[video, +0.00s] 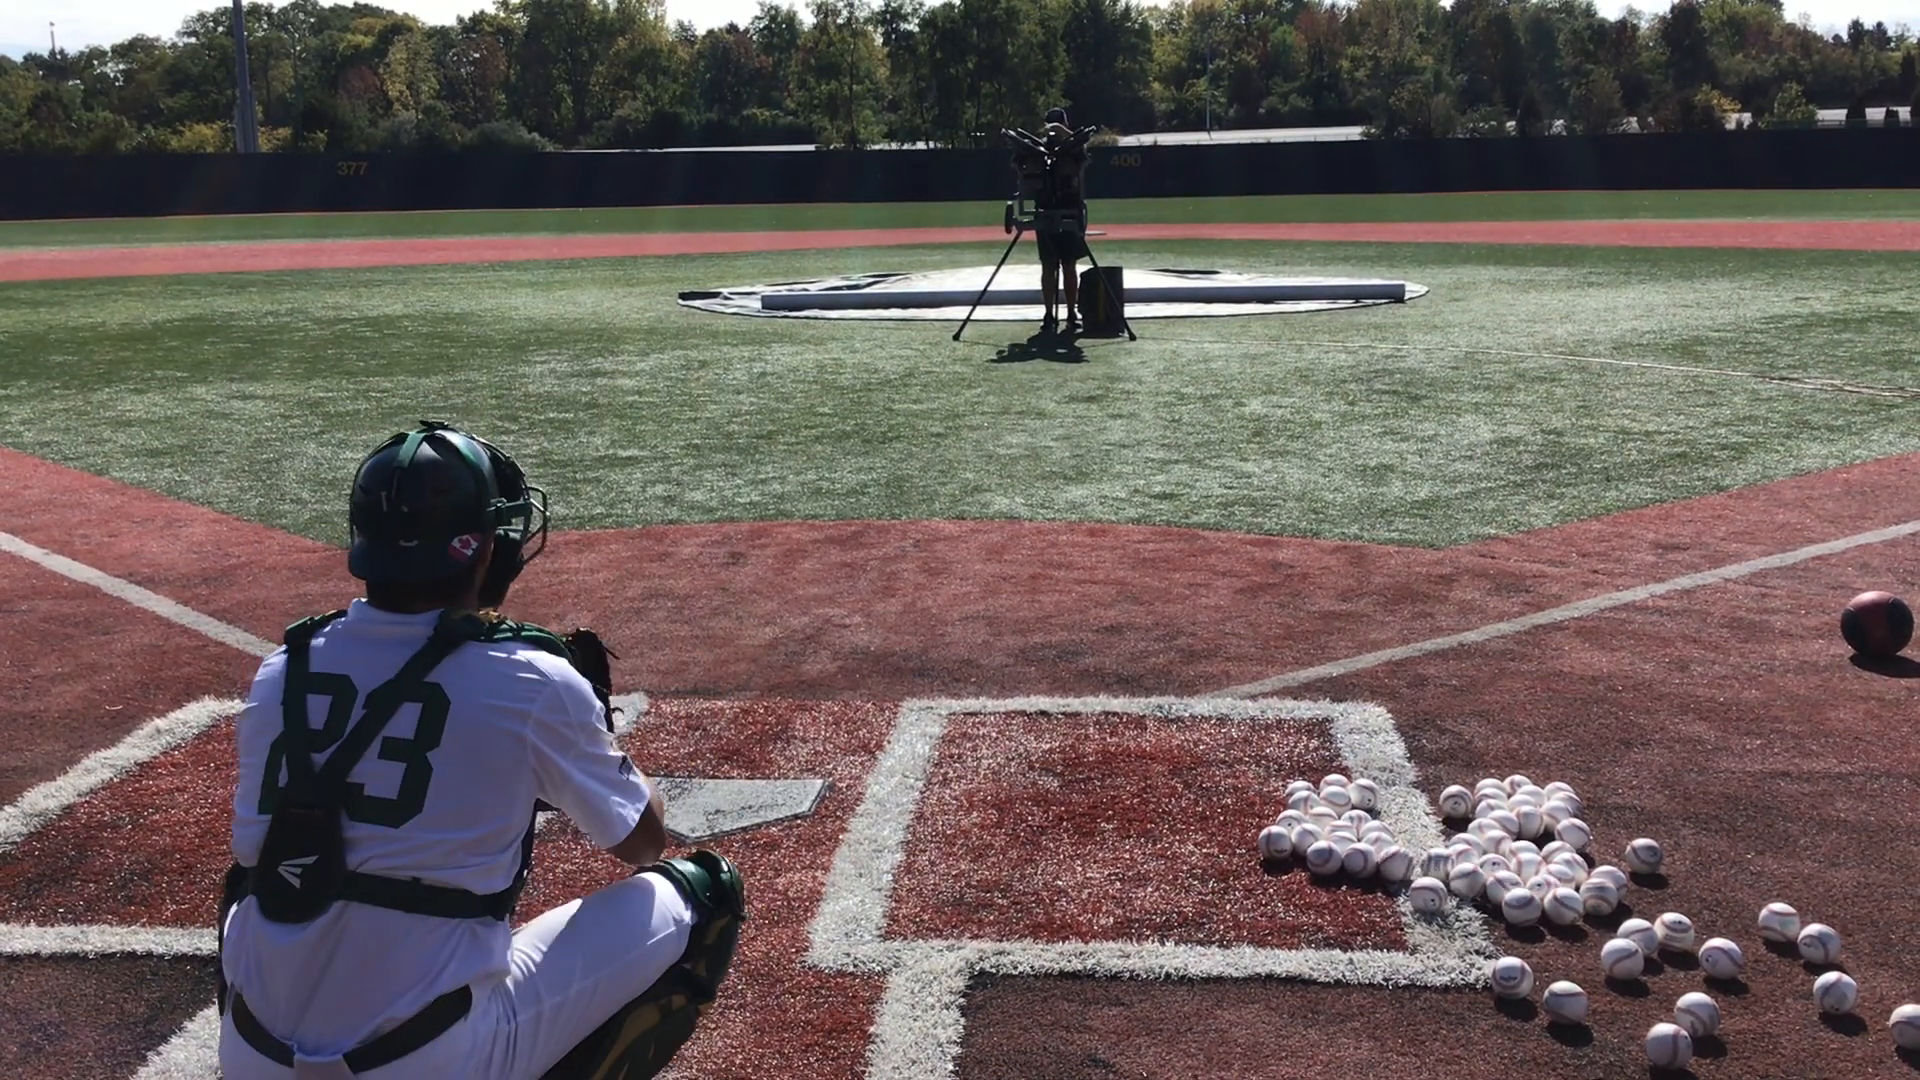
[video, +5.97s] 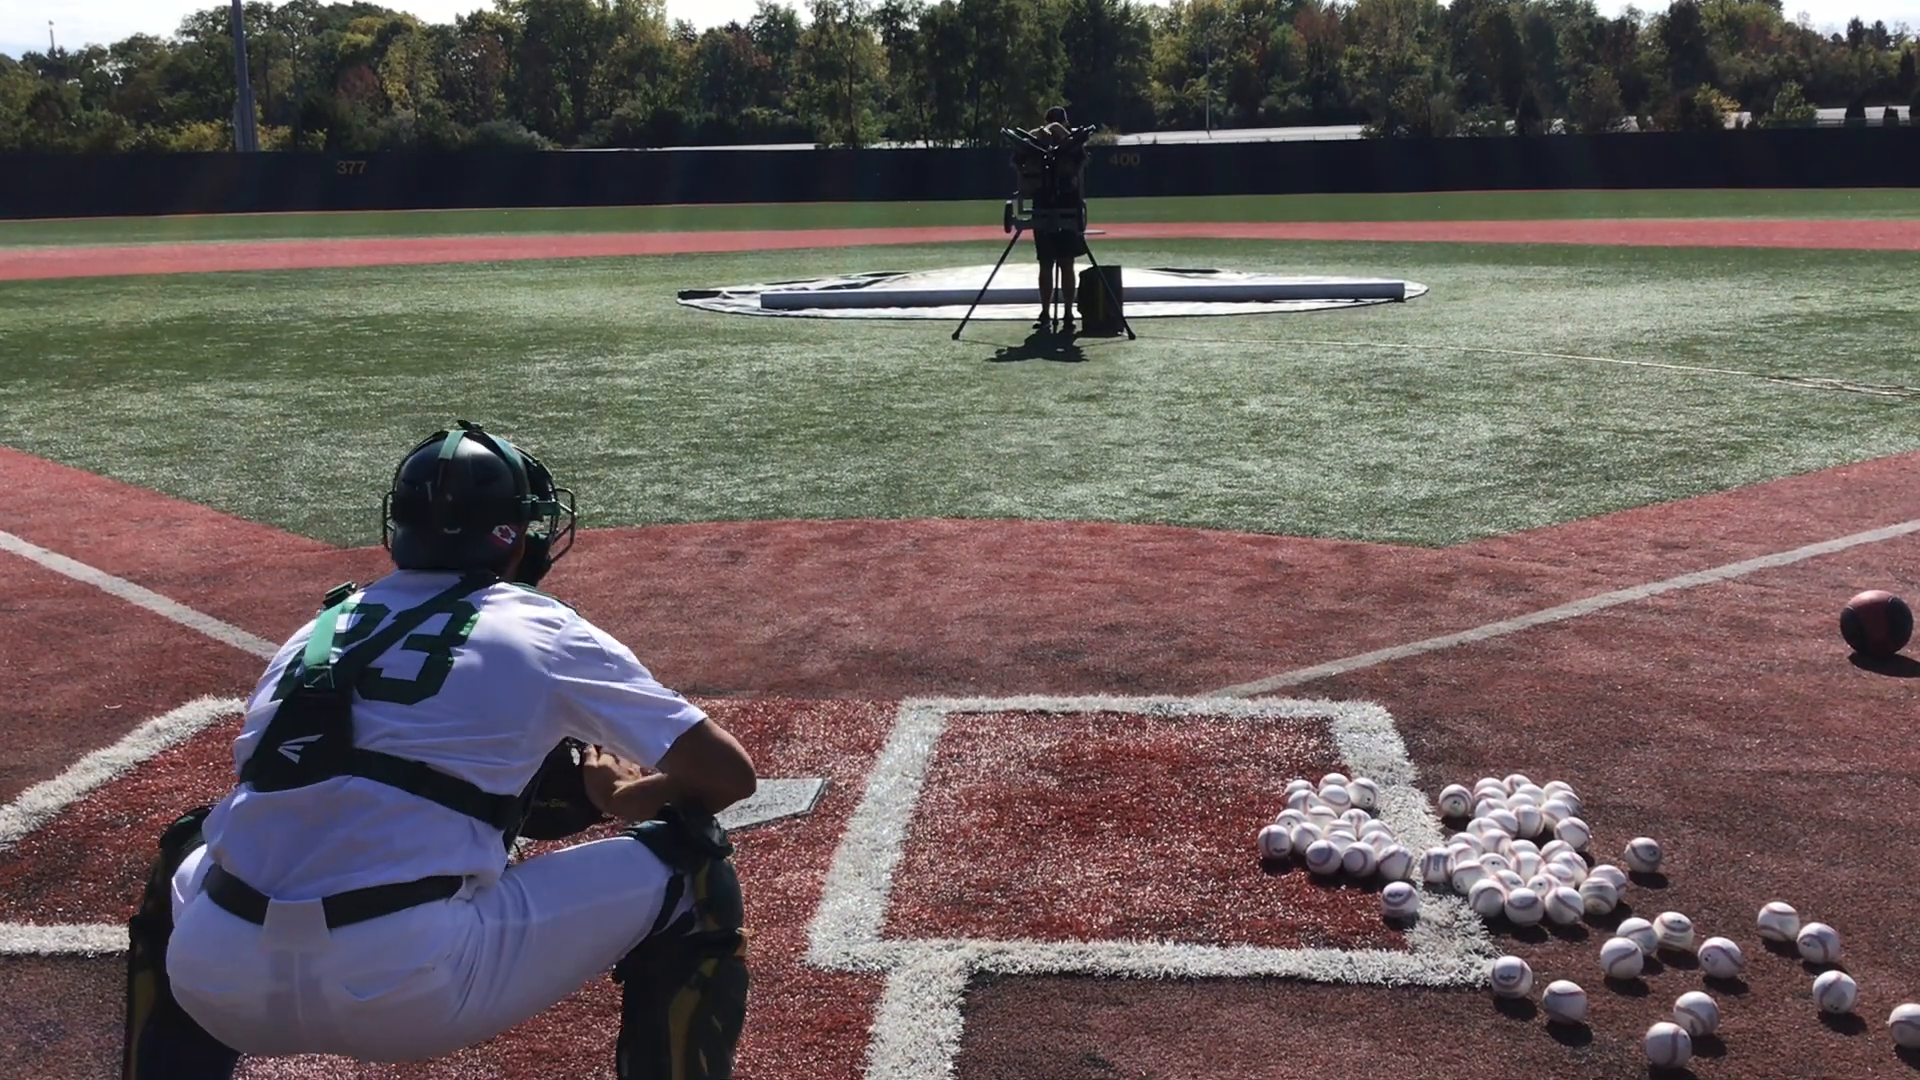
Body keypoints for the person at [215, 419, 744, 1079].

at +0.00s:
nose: (514, 548)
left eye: (510, 530)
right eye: (506, 531)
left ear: (364, 544)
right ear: (477, 556)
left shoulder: (282, 668)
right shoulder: (532, 683)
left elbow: (253, 844)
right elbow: (643, 843)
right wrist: (586, 713)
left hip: (252, 1047)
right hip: (426, 1057)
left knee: (251, 877)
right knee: (706, 891)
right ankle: (584, 1063)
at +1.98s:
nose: (468, 593)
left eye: (466, 577)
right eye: (461, 578)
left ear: (338, 581)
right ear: (435, 589)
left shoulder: (284, 647)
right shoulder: (387, 690)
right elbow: (551, 799)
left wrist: (450, 649)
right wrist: (647, 831)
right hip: (248, 1020)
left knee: (455, 1032)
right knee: (568, 883)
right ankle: (637, 1061)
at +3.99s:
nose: (527, 529)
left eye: (524, 512)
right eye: (520, 514)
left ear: (385, 520)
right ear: (499, 531)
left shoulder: (292, 643)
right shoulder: (546, 656)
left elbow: (260, 826)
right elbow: (624, 857)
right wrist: (556, 806)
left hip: (294, 1032)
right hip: (453, 1041)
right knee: (713, 932)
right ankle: (568, 1070)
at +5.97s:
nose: (537, 541)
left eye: (534, 525)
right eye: (530, 527)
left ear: (402, 533)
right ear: (508, 540)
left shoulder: (325, 619)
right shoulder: (537, 629)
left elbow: (261, 773)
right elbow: (722, 772)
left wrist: (510, 811)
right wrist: (619, 791)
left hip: (222, 968)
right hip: (404, 982)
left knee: (189, 845)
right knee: (691, 863)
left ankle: (167, 1058)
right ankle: (670, 1057)